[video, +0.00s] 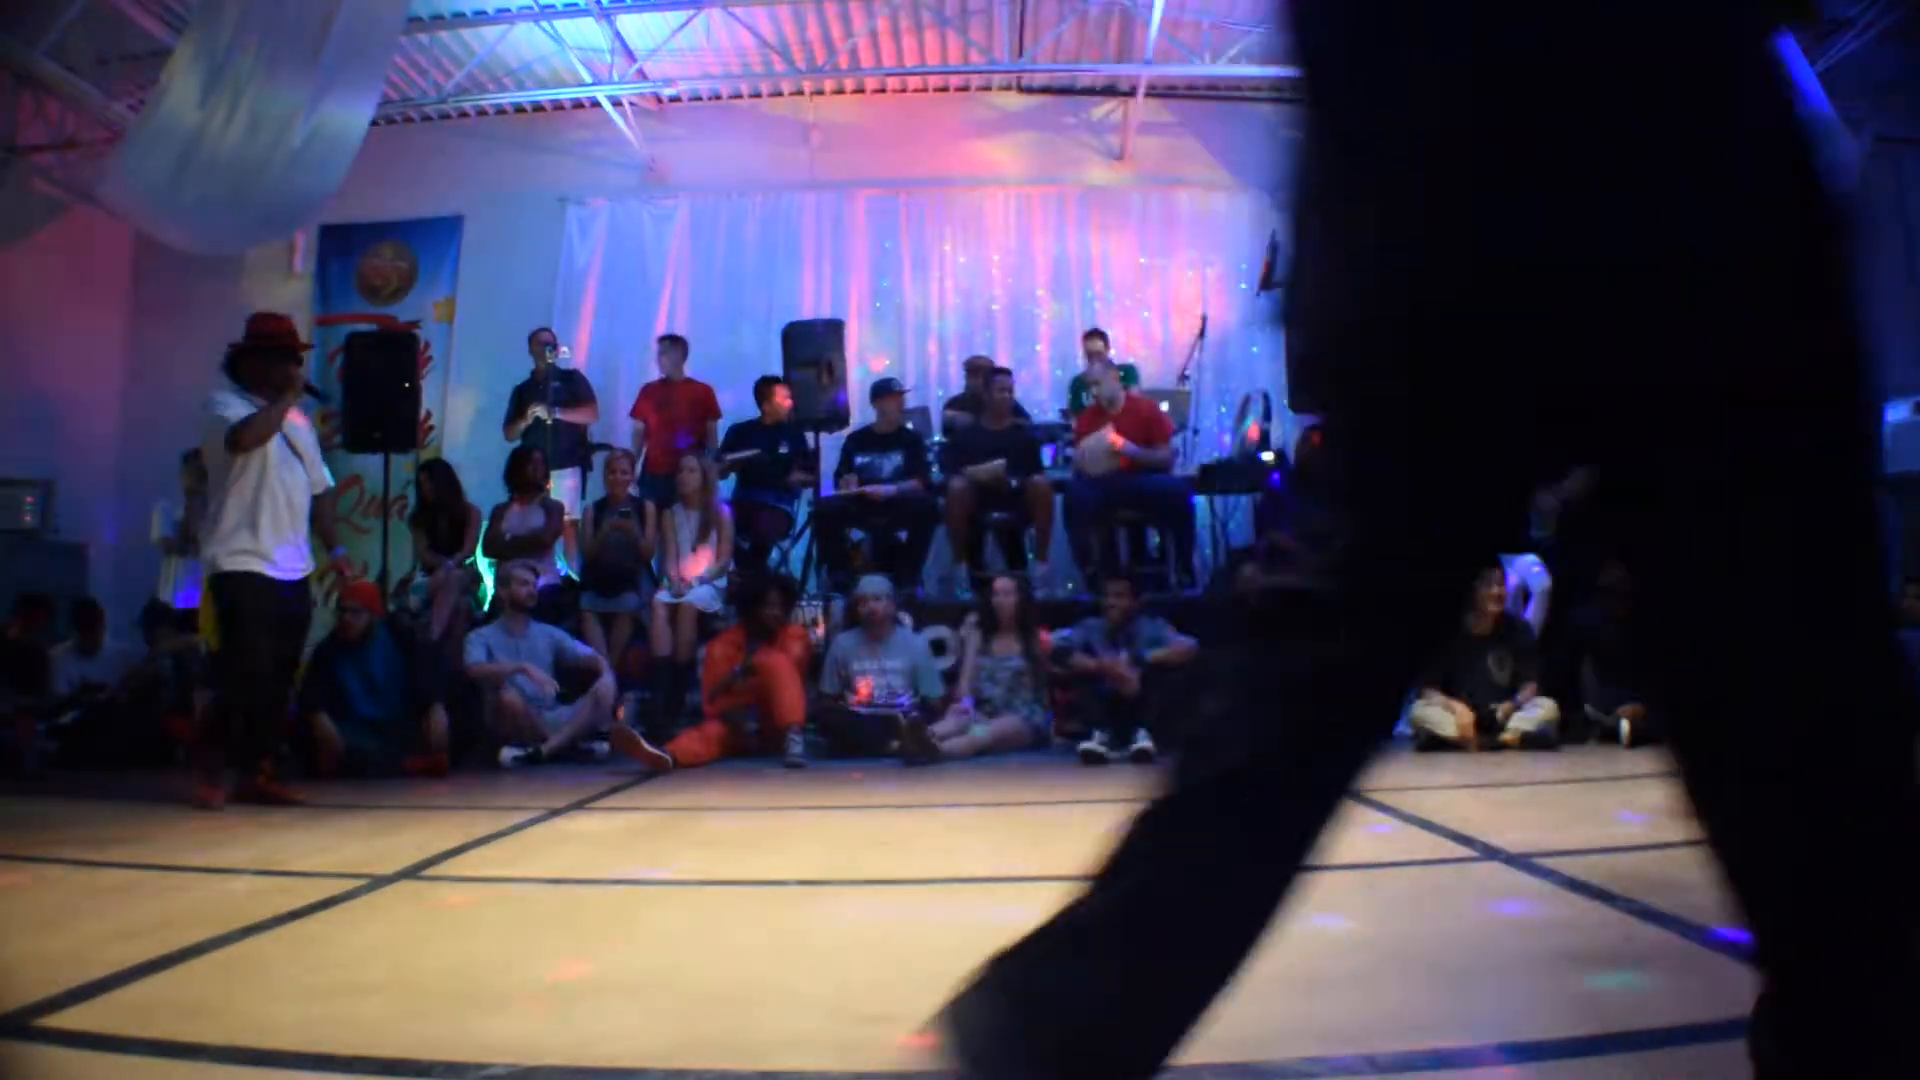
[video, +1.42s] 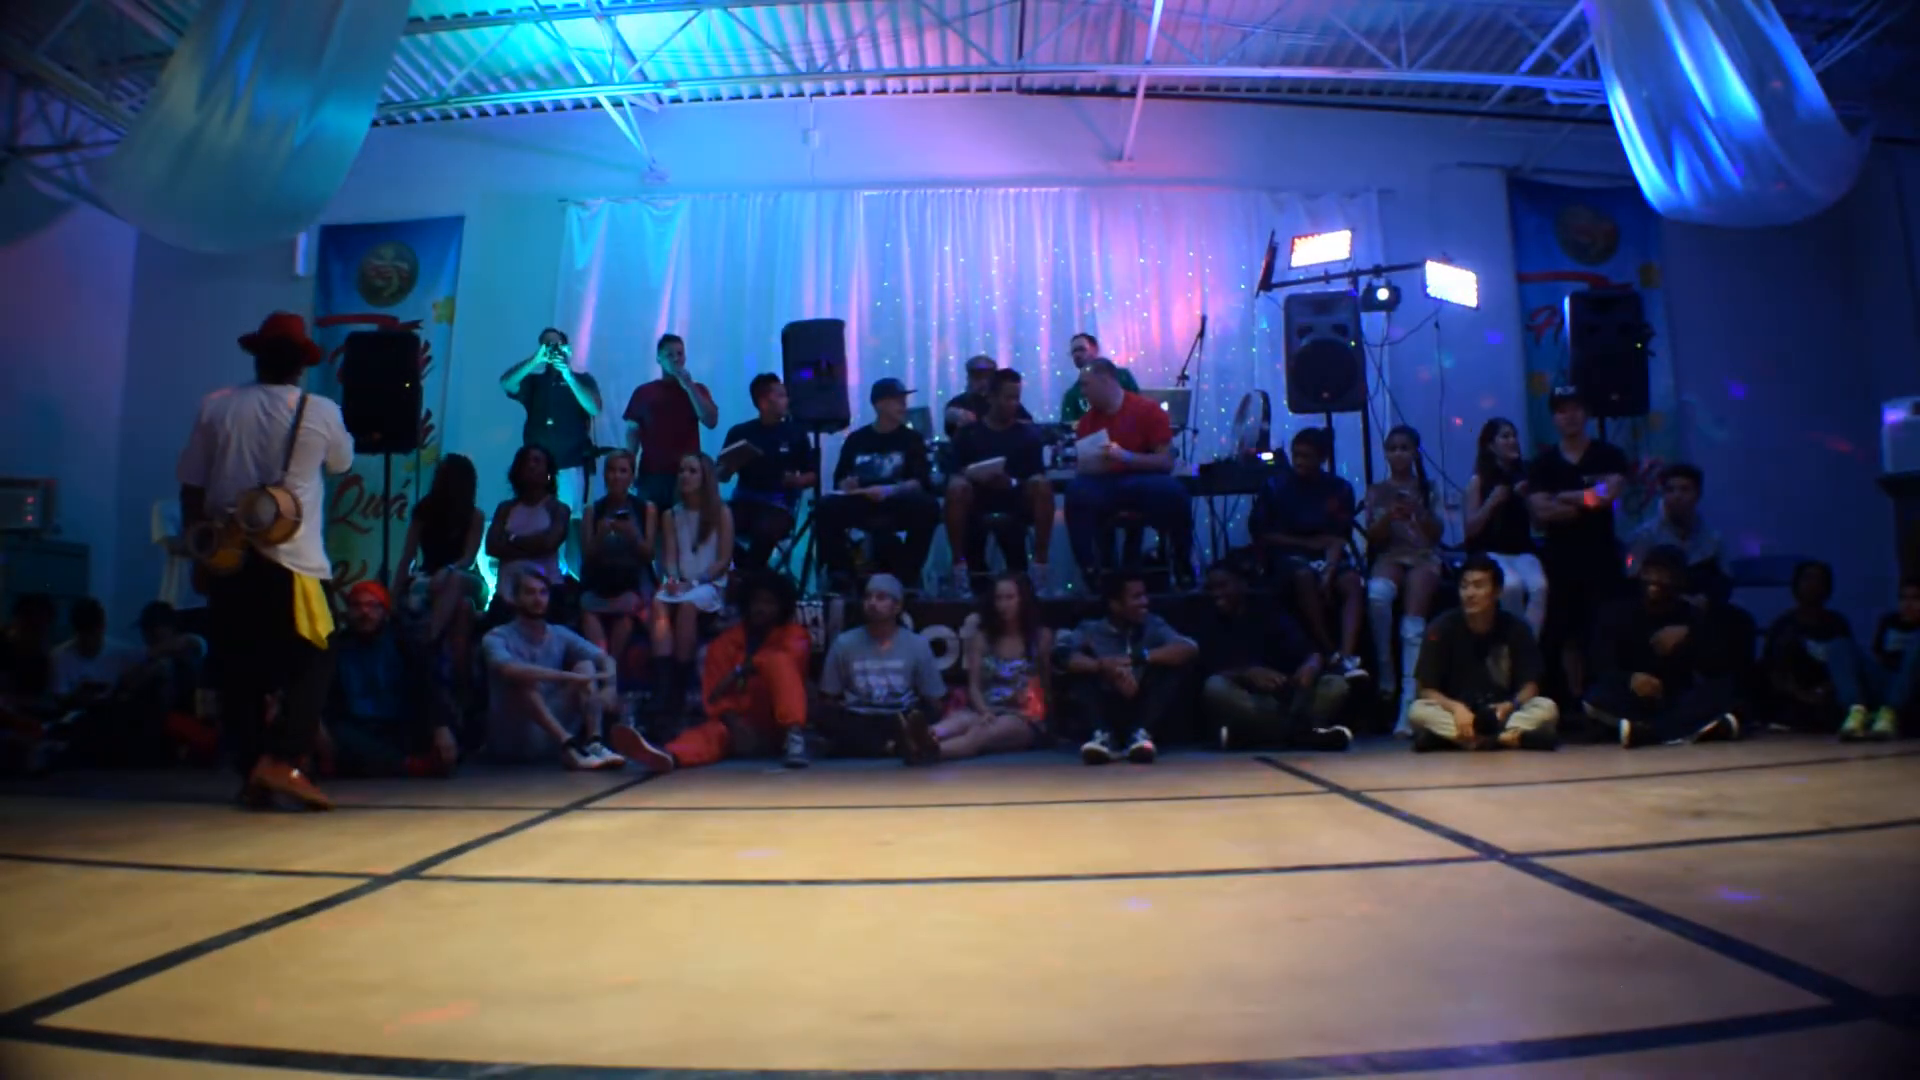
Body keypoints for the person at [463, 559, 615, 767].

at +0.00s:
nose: (532, 590)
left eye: (534, 585)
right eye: (524, 584)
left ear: (537, 589)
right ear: (503, 592)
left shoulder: (548, 634)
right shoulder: (480, 637)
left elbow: (592, 658)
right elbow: (475, 670)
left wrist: (607, 678)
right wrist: (523, 668)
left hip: (553, 713)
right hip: (512, 719)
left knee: (604, 689)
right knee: (509, 698)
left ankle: (545, 750)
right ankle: (562, 747)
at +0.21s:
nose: (527, 589)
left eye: (529, 584)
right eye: (519, 583)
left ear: (533, 589)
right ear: (500, 589)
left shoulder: (544, 632)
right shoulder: (478, 636)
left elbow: (591, 649)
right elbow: (468, 667)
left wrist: (612, 672)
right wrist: (515, 664)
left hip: (548, 710)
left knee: (588, 667)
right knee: (503, 696)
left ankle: (550, 741)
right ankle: (564, 744)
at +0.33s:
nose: (527, 590)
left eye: (529, 584)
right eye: (518, 583)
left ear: (534, 589)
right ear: (500, 592)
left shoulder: (547, 634)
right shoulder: (478, 637)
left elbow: (591, 657)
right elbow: (467, 669)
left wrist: (622, 681)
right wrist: (506, 670)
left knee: (581, 662)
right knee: (505, 693)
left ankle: (572, 734)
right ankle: (559, 740)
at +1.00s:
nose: (531, 596)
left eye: (536, 589)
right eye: (522, 590)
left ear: (541, 594)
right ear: (506, 597)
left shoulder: (556, 637)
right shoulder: (489, 639)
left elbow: (596, 665)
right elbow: (475, 667)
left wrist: (631, 700)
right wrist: (523, 678)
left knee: (584, 670)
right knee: (509, 683)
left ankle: (596, 742)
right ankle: (557, 738)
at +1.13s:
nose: (531, 595)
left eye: (536, 589)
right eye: (523, 589)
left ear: (541, 594)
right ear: (507, 596)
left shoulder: (555, 635)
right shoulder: (489, 639)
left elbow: (597, 661)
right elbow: (479, 668)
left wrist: (631, 692)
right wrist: (537, 675)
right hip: (513, 735)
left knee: (582, 668)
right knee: (510, 677)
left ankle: (595, 741)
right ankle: (563, 741)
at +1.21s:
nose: (532, 595)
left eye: (536, 589)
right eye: (523, 589)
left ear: (542, 594)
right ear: (507, 596)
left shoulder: (555, 635)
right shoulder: (490, 639)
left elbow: (601, 660)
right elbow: (483, 668)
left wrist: (629, 689)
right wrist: (554, 676)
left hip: (557, 731)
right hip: (513, 736)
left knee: (582, 667)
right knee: (517, 683)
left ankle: (593, 740)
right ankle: (566, 746)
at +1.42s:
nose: (538, 599)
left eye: (543, 592)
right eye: (530, 593)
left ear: (549, 596)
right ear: (515, 598)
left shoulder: (559, 634)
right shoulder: (497, 638)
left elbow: (605, 660)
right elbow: (508, 670)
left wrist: (609, 689)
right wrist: (571, 679)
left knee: (585, 668)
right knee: (521, 682)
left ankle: (594, 742)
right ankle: (568, 746)